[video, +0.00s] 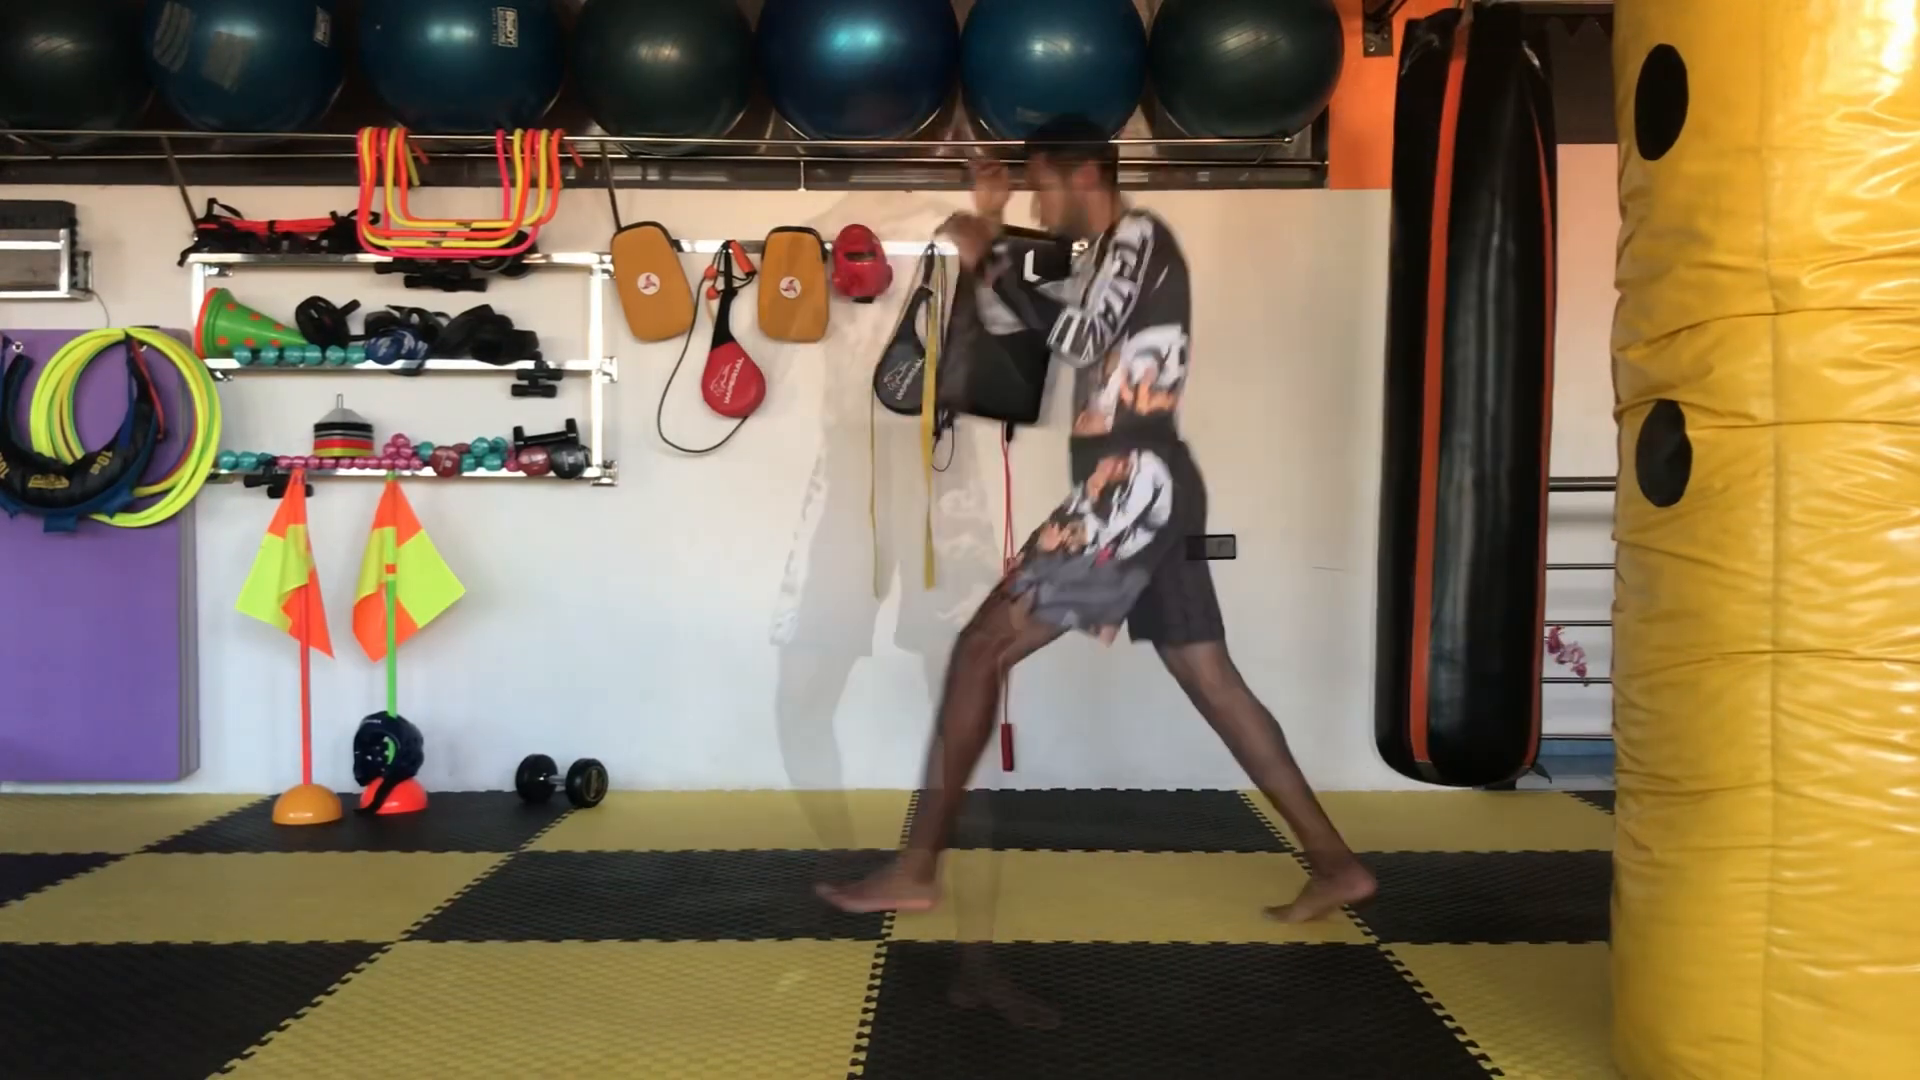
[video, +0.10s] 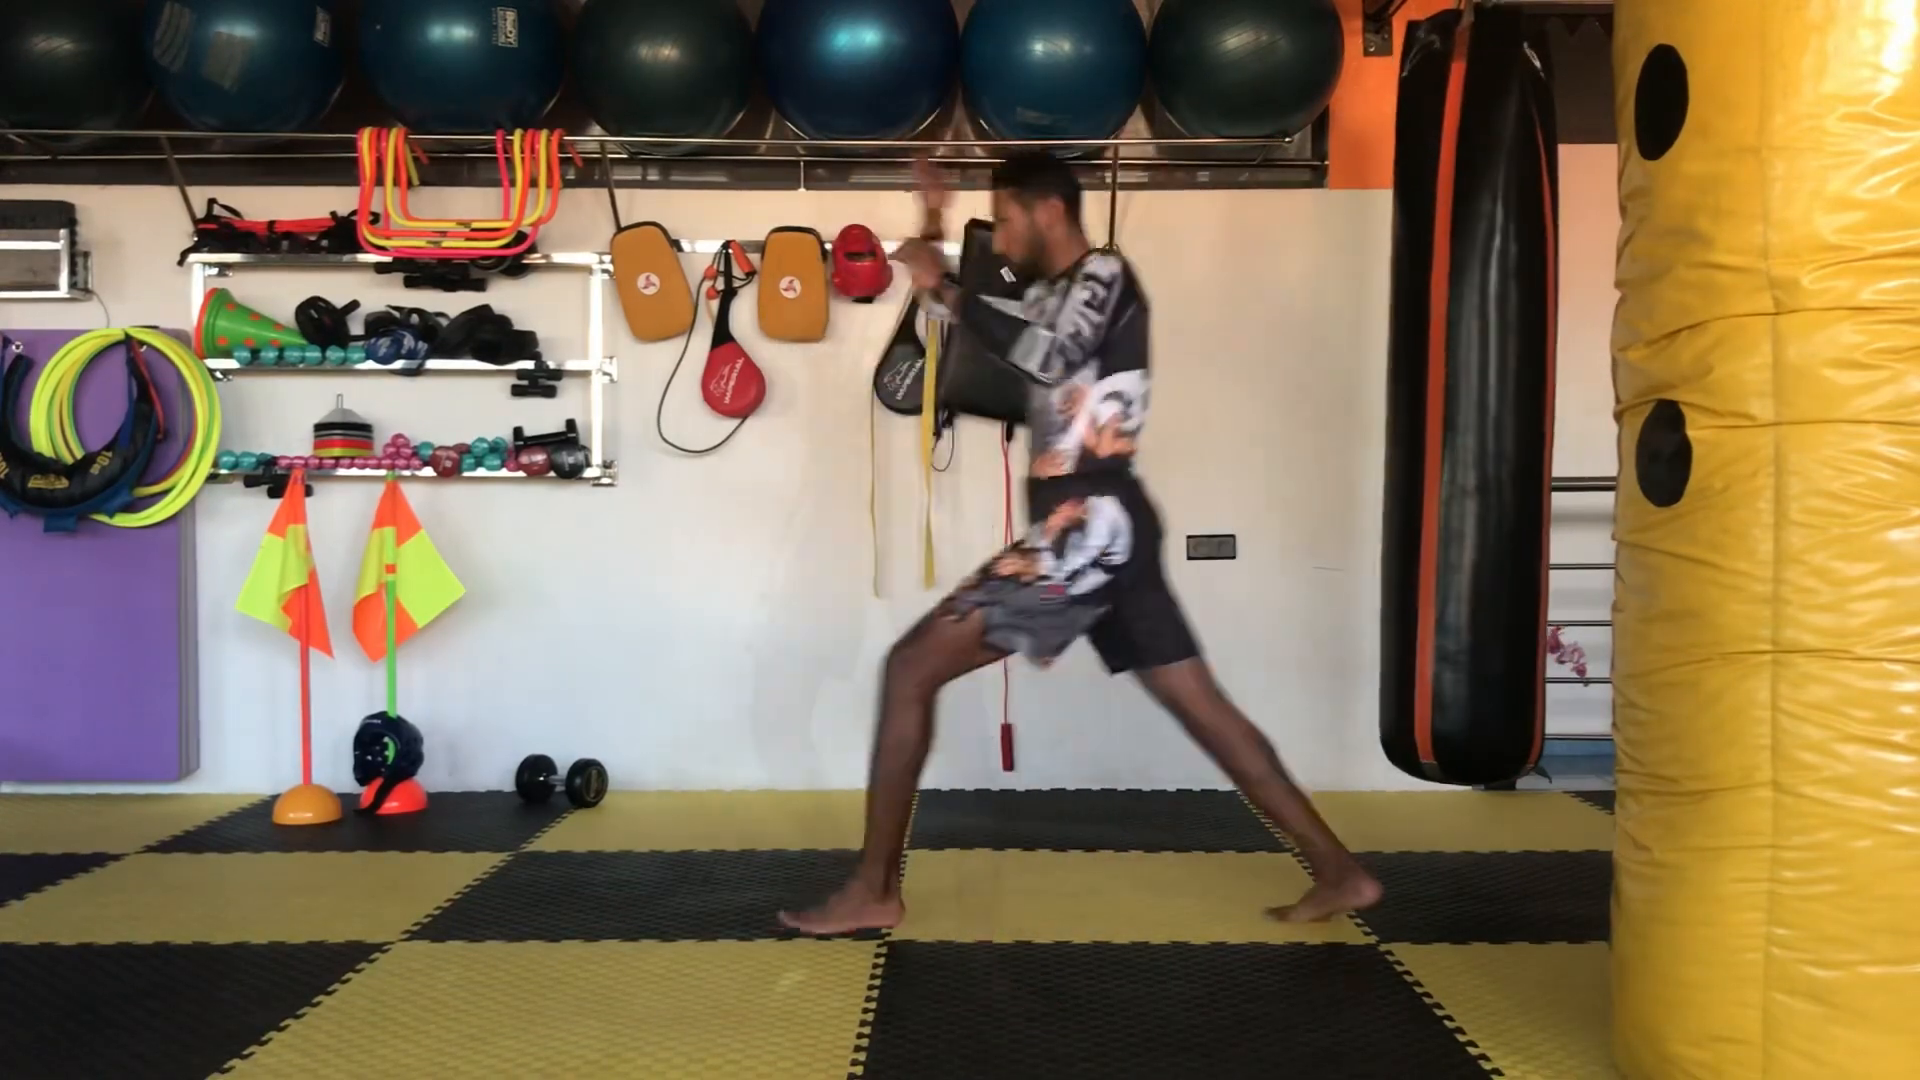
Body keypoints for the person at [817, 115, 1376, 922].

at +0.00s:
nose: (1040, 205)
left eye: (1045, 189)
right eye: (1038, 190)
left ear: (1088, 176)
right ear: (1089, 181)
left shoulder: (1138, 239)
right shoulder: (1109, 249)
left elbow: (1084, 338)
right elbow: (1034, 300)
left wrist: (990, 256)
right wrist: (990, 232)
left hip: (1131, 486)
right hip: (1150, 484)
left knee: (980, 648)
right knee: (1213, 681)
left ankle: (915, 869)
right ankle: (1334, 862)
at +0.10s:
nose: (997, 238)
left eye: (1005, 221)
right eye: (995, 224)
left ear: (1052, 213)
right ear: (1051, 216)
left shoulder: (1096, 280)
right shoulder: (1073, 285)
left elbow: (1049, 358)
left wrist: (953, 297)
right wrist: (934, 219)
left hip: (1084, 524)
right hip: (1107, 518)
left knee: (911, 668)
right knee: (1200, 702)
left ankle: (873, 887)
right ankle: (1340, 871)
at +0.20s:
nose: (957, 226)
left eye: (965, 210)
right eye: (956, 212)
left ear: (1012, 202)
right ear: (1003, 206)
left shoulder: (1055, 266)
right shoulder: (1005, 277)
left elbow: (971, 305)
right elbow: (932, 306)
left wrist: (875, 236)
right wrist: (869, 246)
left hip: (1011, 524)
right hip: (1027, 520)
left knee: (852, 682)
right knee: (1055, 723)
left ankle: (866, 896)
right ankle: (1243, 817)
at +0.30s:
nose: (940, 188)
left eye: (946, 170)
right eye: (938, 174)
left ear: (989, 163)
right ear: (993, 166)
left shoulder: (1028, 224)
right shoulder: (996, 249)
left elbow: (908, 236)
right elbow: (949, 379)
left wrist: (854, 178)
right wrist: (862, 336)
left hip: (964, 490)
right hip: (958, 487)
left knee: (836, 679)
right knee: (871, 662)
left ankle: (863, 890)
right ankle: (1027, 732)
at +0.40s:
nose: (932, 168)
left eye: (938, 151)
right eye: (931, 155)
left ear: (983, 139)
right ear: (985, 143)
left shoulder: (1016, 186)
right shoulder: (1020, 236)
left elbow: (869, 199)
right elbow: (1026, 398)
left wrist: (921, 185)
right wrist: (937, 393)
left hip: (919, 455)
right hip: (887, 433)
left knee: (837, 665)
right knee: (728, 497)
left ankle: (855, 877)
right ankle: (842, 606)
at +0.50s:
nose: (934, 167)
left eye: (939, 151)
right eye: (930, 155)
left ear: (985, 136)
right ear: (983, 138)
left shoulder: (1025, 203)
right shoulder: (982, 219)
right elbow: (1029, 359)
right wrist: (1035, 482)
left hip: (868, 416)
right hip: (824, 378)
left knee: (830, 644)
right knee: (653, 378)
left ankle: (844, 865)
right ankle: (771, 529)